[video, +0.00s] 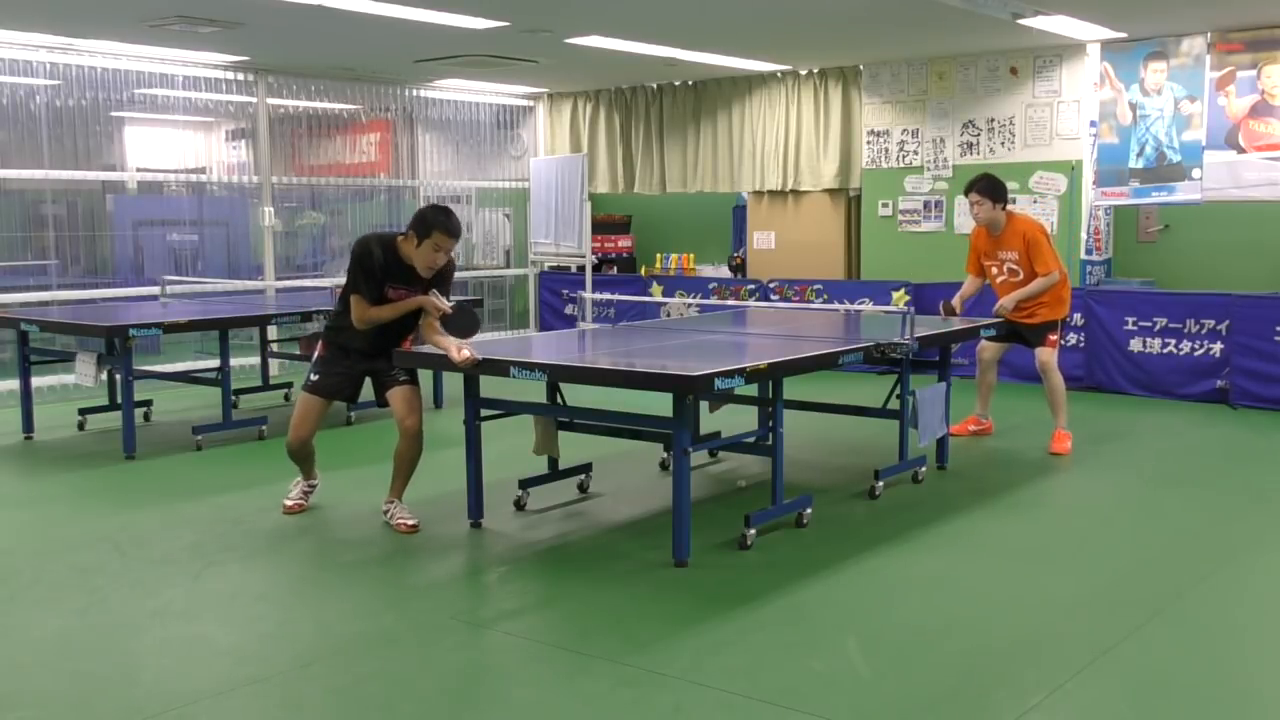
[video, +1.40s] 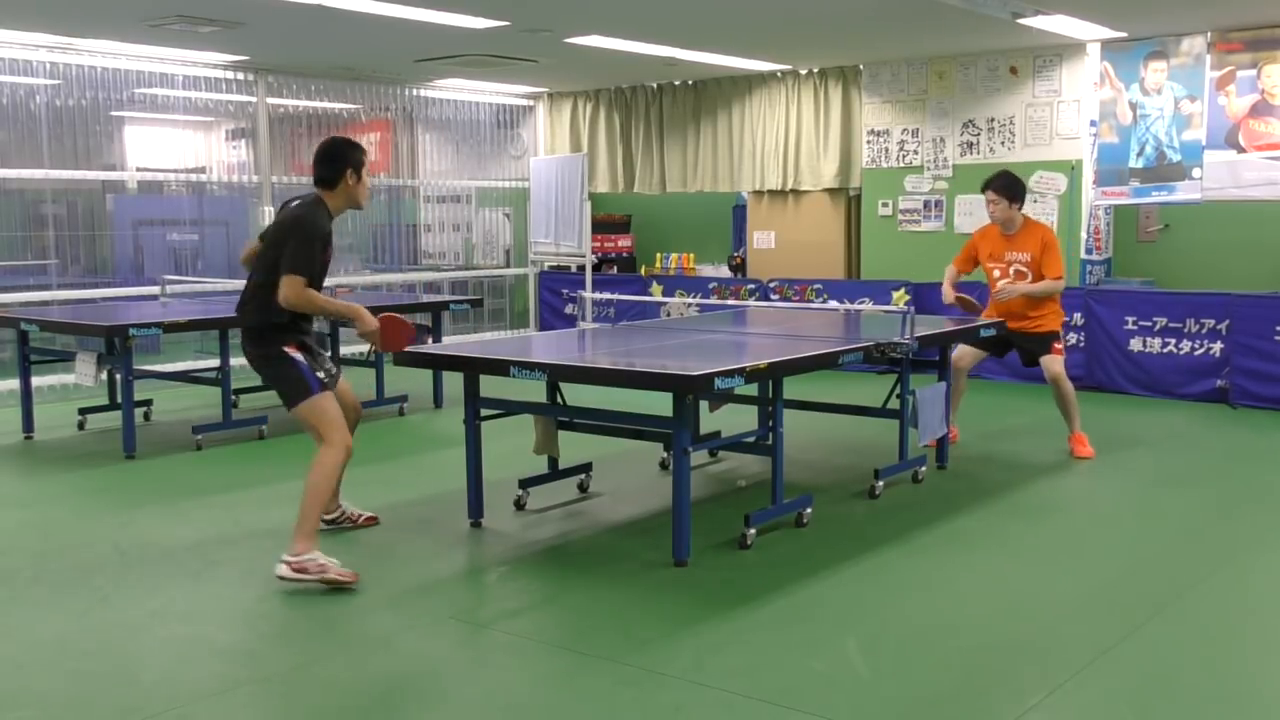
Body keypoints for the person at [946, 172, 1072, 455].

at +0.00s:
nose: (974, 211)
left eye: (980, 204)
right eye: (971, 204)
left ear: (999, 205)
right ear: (971, 206)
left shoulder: (1029, 230)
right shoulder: (979, 235)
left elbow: (1053, 275)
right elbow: (977, 276)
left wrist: (1015, 296)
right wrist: (958, 298)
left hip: (1046, 306)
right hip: (1011, 308)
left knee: (1045, 362)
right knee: (985, 353)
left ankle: (1061, 429)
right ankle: (982, 418)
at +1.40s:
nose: (989, 209)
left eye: (995, 203)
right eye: (987, 203)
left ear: (1015, 204)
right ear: (986, 203)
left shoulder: (1043, 235)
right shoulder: (983, 237)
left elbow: (1057, 284)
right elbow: (955, 267)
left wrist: (1021, 289)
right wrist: (948, 286)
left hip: (1041, 320)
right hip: (998, 319)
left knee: (1055, 373)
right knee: (958, 362)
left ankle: (1076, 434)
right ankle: (947, 427)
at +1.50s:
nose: (977, 211)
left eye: (982, 205)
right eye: (975, 205)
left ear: (1003, 206)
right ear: (973, 206)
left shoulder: (1029, 234)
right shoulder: (970, 238)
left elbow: (1050, 280)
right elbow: (926, 255)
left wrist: (1016, 292)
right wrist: (927, 276)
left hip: (1035, 322)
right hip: (993, 321)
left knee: (1051, 374)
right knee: (953, 361)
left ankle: (1076, 433)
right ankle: (947, 427)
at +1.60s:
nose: (966, 205)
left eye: (972, 200)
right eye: (965, 200)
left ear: (992, 202)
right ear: (965, 201)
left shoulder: (1019, 231)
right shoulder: (959, 235)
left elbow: (1044, 273)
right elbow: (921, 247)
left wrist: (1013, 289)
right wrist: (906, 242)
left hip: (1033, 319)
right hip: (991, 319)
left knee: (1049, 370)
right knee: (952, 359)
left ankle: (1076, 433)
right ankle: (948, 428)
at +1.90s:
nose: (989, 193)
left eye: (996, 187)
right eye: (987, 188)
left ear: (1015, 191)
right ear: (986, 191)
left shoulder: (1039, 224)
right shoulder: (981, 230)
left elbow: (1065, 262)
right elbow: (949, 261)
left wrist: (1036, 273)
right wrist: (926, 252)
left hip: (1042, 318)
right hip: (1000, 318)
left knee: (1055, 375)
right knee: (968, 360)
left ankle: (1076, 423)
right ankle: (949, 425)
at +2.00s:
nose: (1001, 184)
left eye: (1008, 178)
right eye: (999, 179)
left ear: (1027, 181)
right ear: (999, 182)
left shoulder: (1052, 216)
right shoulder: (999, 220)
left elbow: (1076, 256)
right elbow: (975, 256)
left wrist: (1046, 271)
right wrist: (945, 261)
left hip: (1053, 312)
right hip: (1015, 311)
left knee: (1058, 368)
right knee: (988, 355)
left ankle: (1075, 424)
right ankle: (957, 417)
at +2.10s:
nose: (1009, 175)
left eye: (1016, 169)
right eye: (1007, 170)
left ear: (1034, 173)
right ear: (1006, 174)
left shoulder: (1058, 208)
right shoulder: (1005, 212)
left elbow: (1083, 248)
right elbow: (991, 251)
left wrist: (1055, 273)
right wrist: (969, 266)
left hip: (1065, 299)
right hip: (1025, 298)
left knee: (1073, 357)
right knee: (996, 347)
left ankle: (1085, 421)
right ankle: (994, 409)